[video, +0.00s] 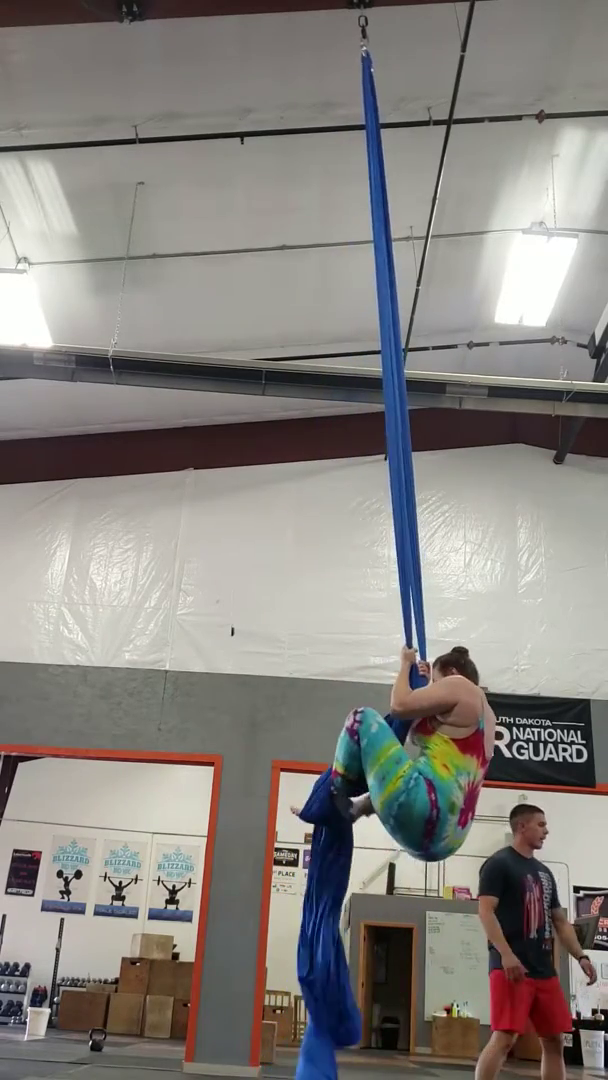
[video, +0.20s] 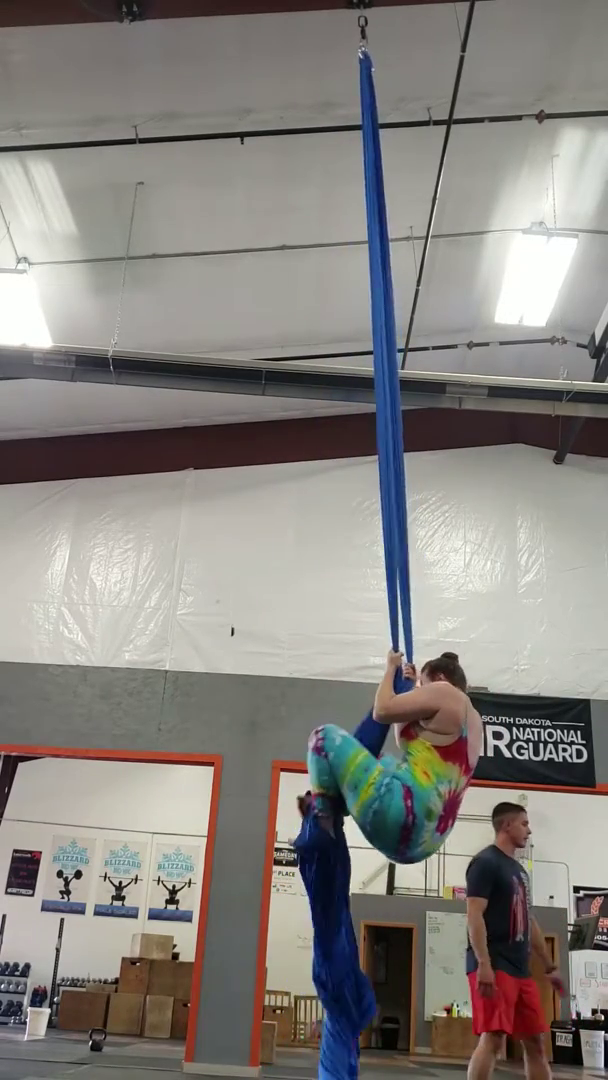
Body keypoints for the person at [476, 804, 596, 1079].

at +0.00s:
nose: (546, 830)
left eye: (546, 825)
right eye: (541, 825)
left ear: (528, 828)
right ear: (521, 827)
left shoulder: (545, 872)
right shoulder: (498, 864)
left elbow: (560, 921)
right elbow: (485, 912)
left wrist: (580, 956)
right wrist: (506, 954)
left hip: (543, 971)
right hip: (509, 968)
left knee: (553, 1042)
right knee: (503, 1039)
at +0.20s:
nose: (529, 830)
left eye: (528, 824)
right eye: (524, 824)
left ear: (511, 827)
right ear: (506, 825)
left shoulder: (518, 868)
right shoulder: (484, 862)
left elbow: (527, 921)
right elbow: (474, 915)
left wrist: (549, 966)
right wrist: (483, 964)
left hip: (521, 971)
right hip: (493, 969)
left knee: (535, 1043)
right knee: (491, 1041)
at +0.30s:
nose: (521, 828)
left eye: (520, 822)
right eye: (516, 821)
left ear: (499, 824)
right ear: (498, 823)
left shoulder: (504, 864)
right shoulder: (480, 860)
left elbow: (509, 918)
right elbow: (469, 913)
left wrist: (517, 964)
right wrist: (474, 963)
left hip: (509, 968)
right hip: (487, 967)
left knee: (522, 1040)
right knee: (487, 1040)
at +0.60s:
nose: (497, 825)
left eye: (496, 819)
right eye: (493, 819)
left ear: (475, 821)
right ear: (476, 820)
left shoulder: (467, 854)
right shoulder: (466, 857)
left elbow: (471, 912)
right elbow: (468, 912)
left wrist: (486, 961)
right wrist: (483, 961)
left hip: (471, 961)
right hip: (468, 961)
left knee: (478, 1038)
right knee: (474, 1039)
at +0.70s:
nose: (488, 823)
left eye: (487, 818)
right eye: (484, 817)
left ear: (464, 820)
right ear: (467, 819)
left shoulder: (455, 854)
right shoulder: (460, 857)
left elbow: (462, 910)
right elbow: (468, 910)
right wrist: (493, 958)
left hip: (457, 956)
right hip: (464, 957)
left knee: (464, 1032)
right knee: (473, 1035)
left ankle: (434, 1075)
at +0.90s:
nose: (468, 826)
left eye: (467, 820)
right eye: (464, 820)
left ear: (444, 823)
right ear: (448, 822)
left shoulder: (431, 858)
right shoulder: (443, 858)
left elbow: (438, 915)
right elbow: (457, 910)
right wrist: (490, 953)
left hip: (436, 960)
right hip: (452, 960)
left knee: (433, 1032)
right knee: (465, 1035)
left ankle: (405, 1076)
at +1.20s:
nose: (438, 830)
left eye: (438, 824)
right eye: (435, 823)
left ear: (413, 825)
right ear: (418, 824)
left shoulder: (395, 860)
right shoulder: (420, 861)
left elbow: (396, 914)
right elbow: (428, 913)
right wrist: (446, 960)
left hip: (393, 959)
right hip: (418, 961)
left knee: (394, 1033)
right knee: (442, 1032)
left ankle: (384, 1077)